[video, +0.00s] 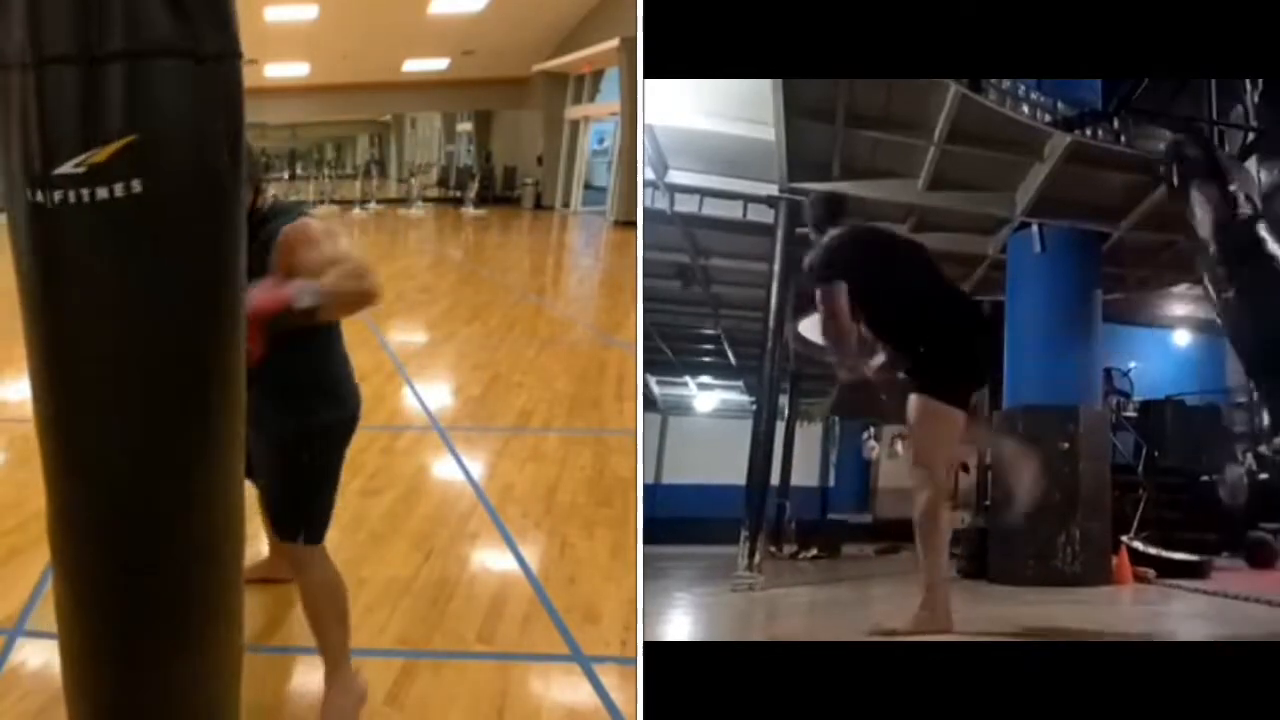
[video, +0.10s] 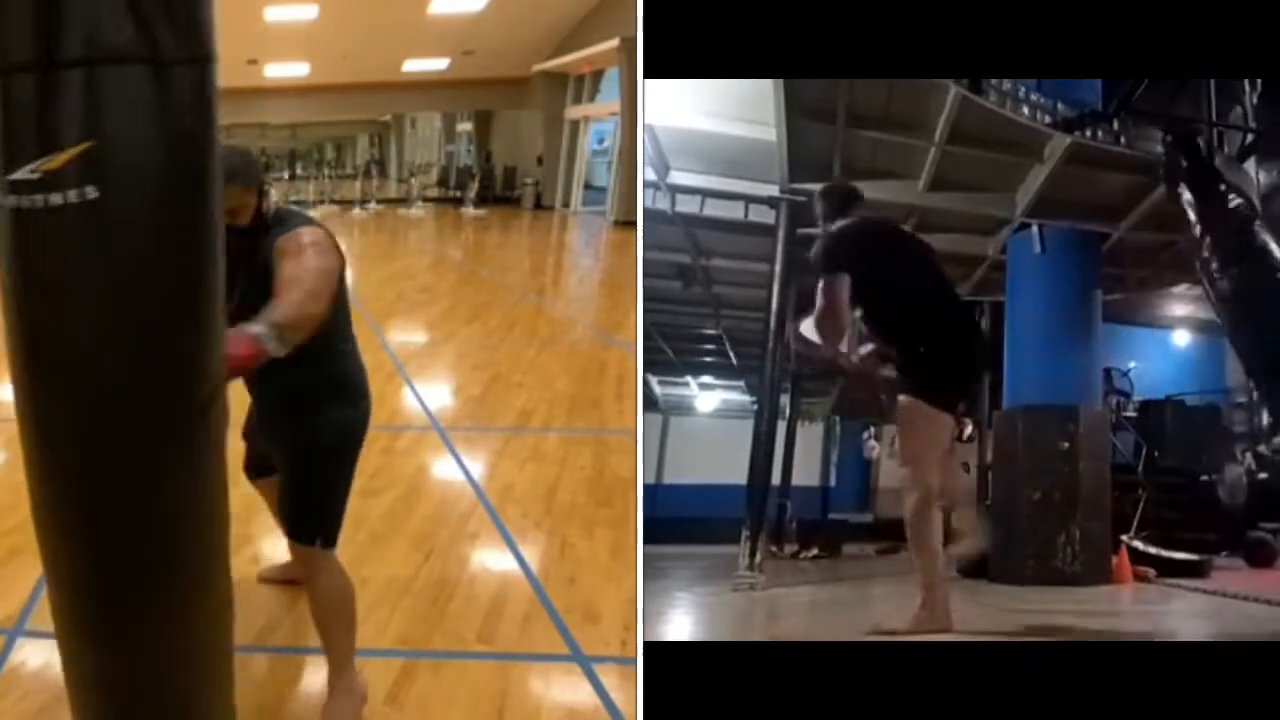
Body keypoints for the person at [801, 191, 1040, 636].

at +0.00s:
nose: (807, 240)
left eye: (807, 230)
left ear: (815, 227)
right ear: (845, 217)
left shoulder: (832, 252)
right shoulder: (882, 239)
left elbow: (837, 323)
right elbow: (910, 317)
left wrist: (849, 366)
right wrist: (871, 367)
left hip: (941, 345)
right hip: (969, 334)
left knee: (929, 479)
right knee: (935, 421)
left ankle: (935, 609)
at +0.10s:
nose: (818, 229)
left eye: (818, 221)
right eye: (820, 220)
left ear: (825, 216)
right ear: (856, 206)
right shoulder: (891, 233)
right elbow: (913, 310)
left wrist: (808, 324)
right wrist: (862, 355)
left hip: (929, 353)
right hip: (965, 345)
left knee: (920, 488)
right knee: (939, 449)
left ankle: (934, 609)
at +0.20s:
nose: (827, 221)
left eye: (828, 210)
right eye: (826, 212)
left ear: (842, 204)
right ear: (861, 200)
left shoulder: (870, 230)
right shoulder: (893, 236)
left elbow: (853, 295)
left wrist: (814, 310)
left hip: (912, 376)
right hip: (927, 373)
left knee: (901, 490)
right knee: (900, 490)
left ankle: (933, 607)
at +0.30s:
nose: (838, 224)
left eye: (842, 211)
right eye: (833, 216)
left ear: (867, 205)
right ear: (841, 219)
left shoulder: (899, 247)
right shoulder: (868, 260)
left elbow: (886, 292)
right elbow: (883, 329)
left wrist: (826, 304)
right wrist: (849, 355)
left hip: (905, 380)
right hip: (872, 380)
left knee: (901, 495)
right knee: (848, 484)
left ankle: (934, 607)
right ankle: (847, 589)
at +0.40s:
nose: (863, 218)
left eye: (869, 209)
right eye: (854, 211)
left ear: (886, 214)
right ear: (841, 221)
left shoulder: (909, 251)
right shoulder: (841, 270)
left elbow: (933, 300)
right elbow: (823, 330)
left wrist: (875, 305)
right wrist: (820, 333)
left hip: (905, 376)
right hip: (860, 379)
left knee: (906, 481)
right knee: (827, 484)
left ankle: (927, 604)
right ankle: (843, 591)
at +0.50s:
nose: (883, 215)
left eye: (887, 207)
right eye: (874, 207)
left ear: (895, 213)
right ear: (853, 212)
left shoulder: (911, 256)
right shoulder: (830, 263)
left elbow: (943, 309)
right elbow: (786, 308)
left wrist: (906, 304)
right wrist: (792, 337)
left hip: (901, 380)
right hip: (848, 381)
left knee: (910, 480)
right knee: (829, 480)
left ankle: (914, 587)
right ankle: (842, 588)